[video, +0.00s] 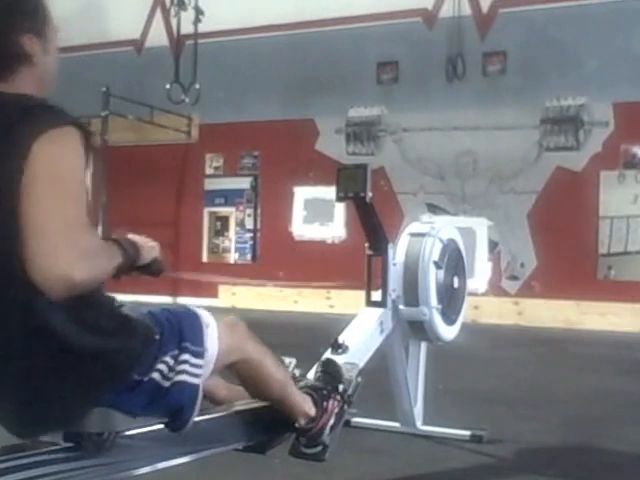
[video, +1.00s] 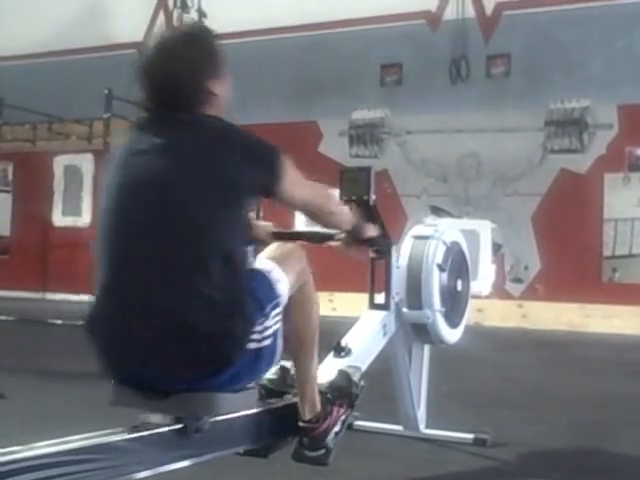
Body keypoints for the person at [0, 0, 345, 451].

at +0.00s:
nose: (56, 58)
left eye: (54, 45)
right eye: (52, 45)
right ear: (29, 45)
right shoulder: (45, 129)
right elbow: (61, 267)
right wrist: (128, 249)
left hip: (8, 356)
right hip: (54, 358)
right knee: (234, 335)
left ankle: (251, 407)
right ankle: (307, 412)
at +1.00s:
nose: (228, 84)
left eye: (224, 73)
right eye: (223, 73)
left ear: (153, 87)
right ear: (210, 85)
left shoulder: (131, 149)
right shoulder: (230, 146)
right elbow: (320, 202)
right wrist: (354, 224)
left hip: (126, 361)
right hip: (205, 365)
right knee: (293, 256)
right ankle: (311, 410)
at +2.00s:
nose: (215, 92)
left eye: (211, 79)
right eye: (210, 80)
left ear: (140, 91)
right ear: (194, 89)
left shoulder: (108, 158)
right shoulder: (227, 160)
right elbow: (319, 255)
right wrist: (332, 241)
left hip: (114, 371)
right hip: (192, 374)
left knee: (223, 269)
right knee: (300, 263)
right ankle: (319, 422)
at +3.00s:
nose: (40, 81)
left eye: (38, 65)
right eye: (38, 65)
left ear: (7, 66)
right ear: (11, 67)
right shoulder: (42, 157)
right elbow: (157, 287)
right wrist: (196, 264)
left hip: (10, 396)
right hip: (73, 387)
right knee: (242, 363)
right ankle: (324, 432)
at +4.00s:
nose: (300, 121)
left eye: (297, 111)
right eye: (297, 112)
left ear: (230, 123)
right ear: (286, 122)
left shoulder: (203, 175)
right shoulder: (300, 176)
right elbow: (383, 231)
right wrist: (411, 255)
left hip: (197, 377)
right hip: (275, 381)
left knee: (306, 235)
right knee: (349, 260)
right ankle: (347, 423)